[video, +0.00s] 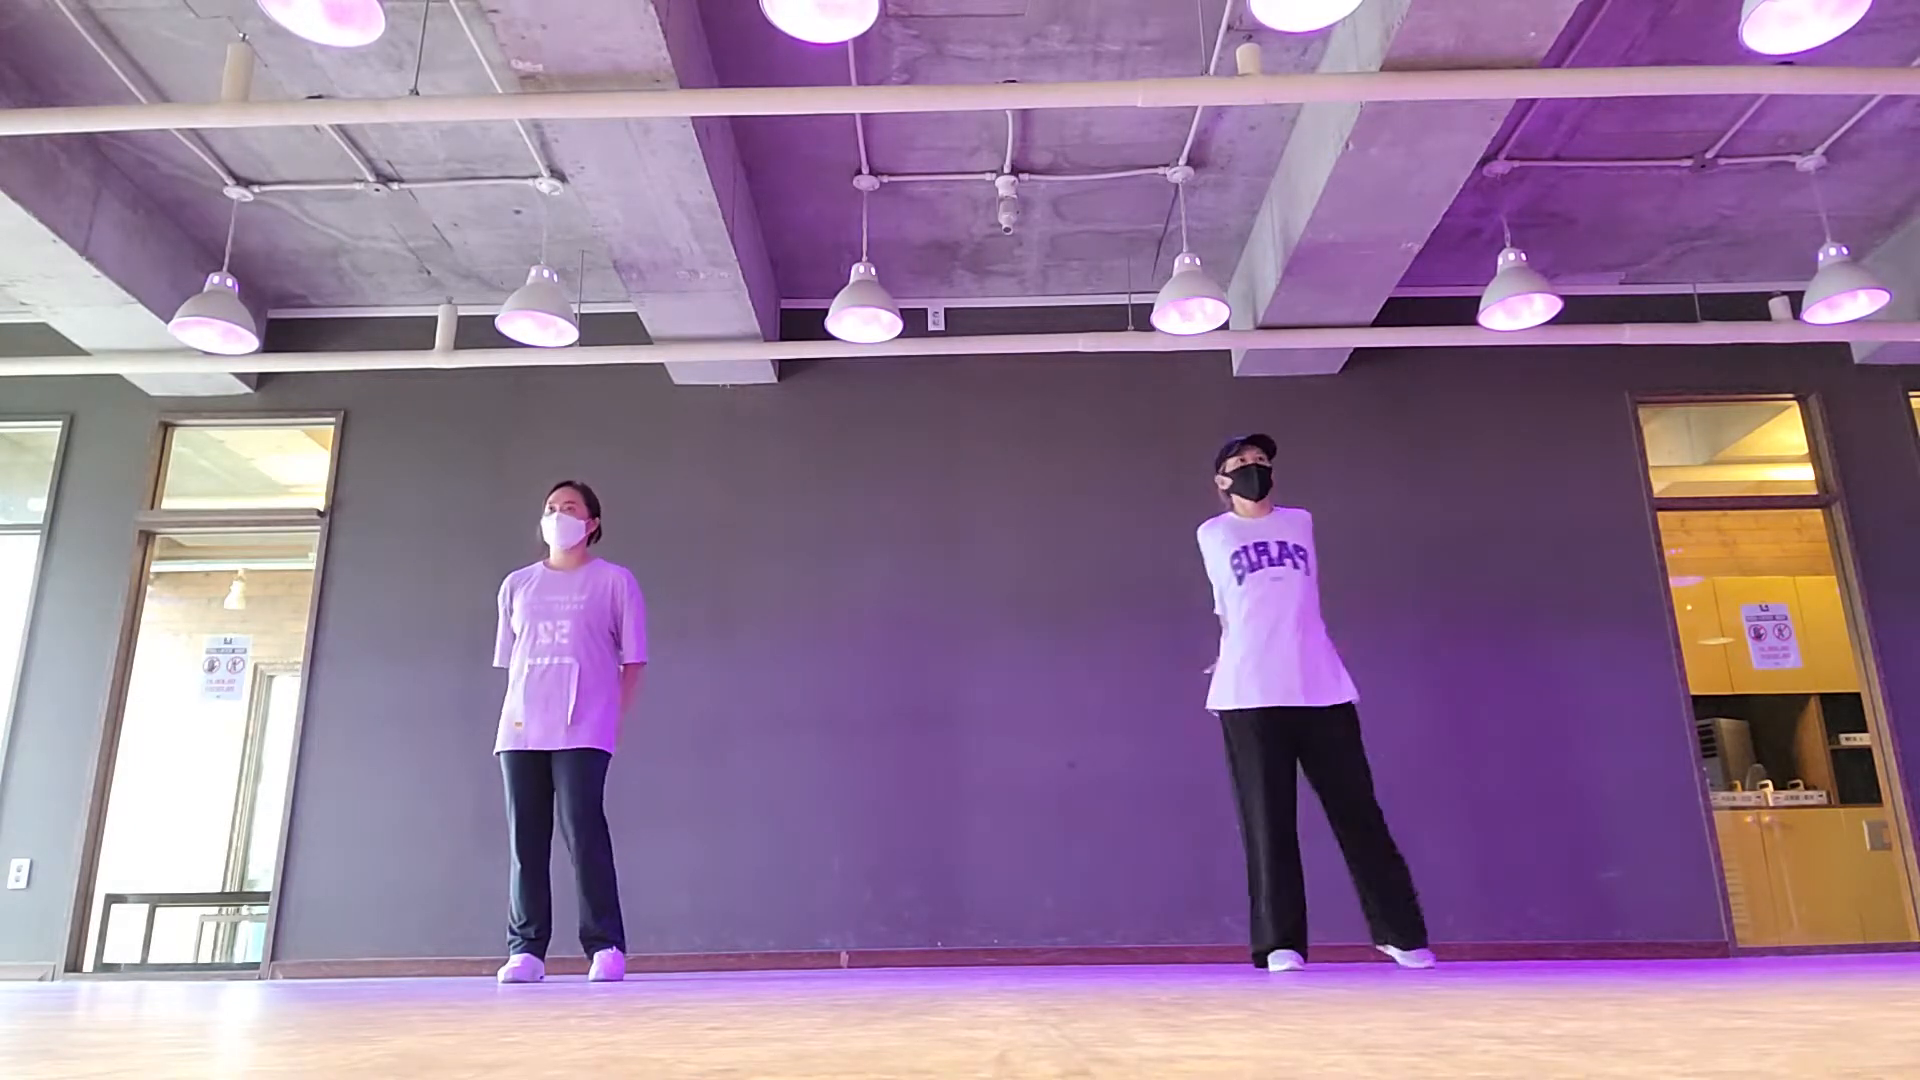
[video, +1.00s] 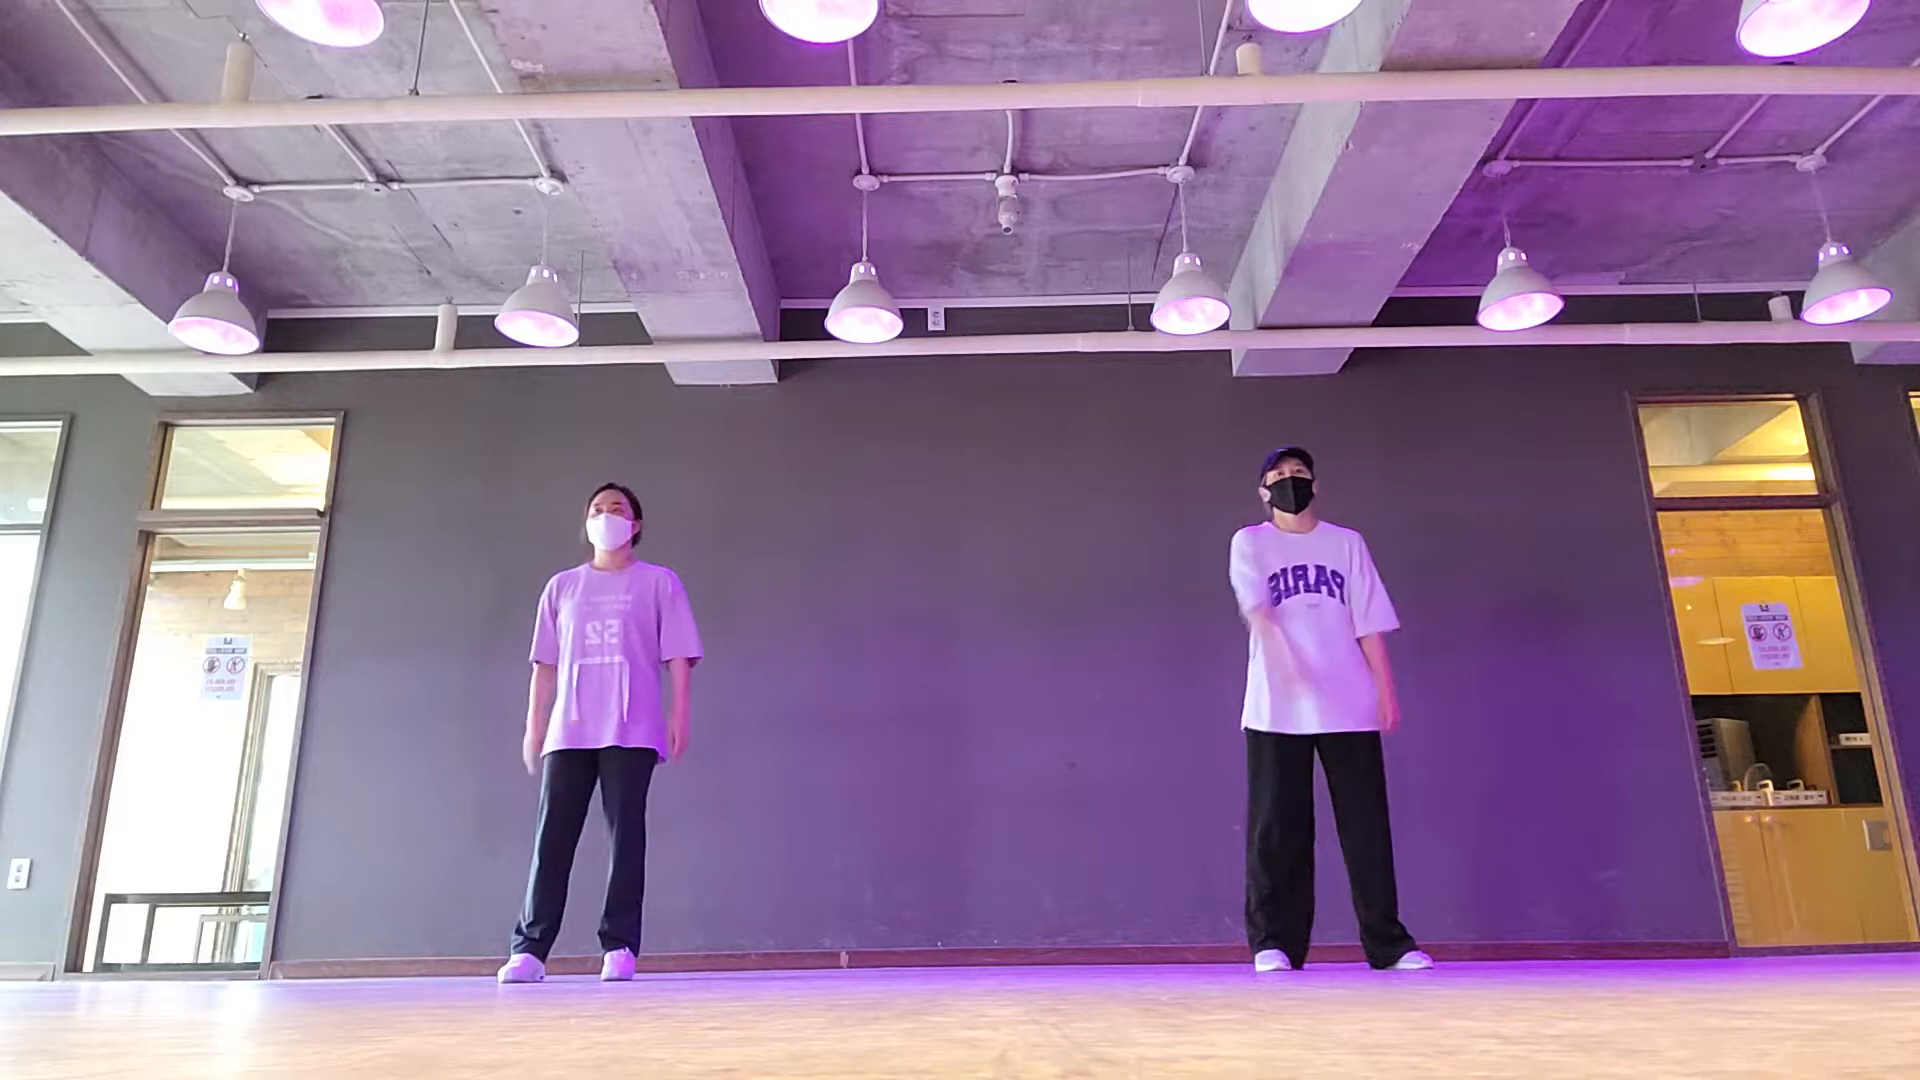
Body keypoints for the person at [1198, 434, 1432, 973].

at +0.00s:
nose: (1254, 474)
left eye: (1261, 465)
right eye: (1241, 468)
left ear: (1272, 473)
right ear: (1221, 482)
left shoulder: (1300, 522)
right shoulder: (1213, 535)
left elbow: (1305, 598)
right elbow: (1230, 609)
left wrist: (1294, 656)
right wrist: (1238, 662)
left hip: (1322, 690)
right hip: (1253, 697)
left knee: (1360, 815)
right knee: (1268, 827)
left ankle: (1399, 932)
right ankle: (1279, 947)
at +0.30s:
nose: (1289, 474)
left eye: (1297, 466)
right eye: (1276, 468)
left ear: (1310, 477)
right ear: (1260, 485)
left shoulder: (1340, 543)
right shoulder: (1247, 541)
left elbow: (1356, 630)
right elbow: (1212, 610)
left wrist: (1369, 693)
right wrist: (1180, 665)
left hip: (1343, 703)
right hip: (1274, 705)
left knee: (1367, 824)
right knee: (1274, 829)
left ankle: (1386, 943)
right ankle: (1278, 945)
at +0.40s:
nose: (1298, 480)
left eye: (1306, 472)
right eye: (1285, 474)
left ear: (1319, 482)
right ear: (1268, 488)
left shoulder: (1347, 546)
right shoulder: (1255, 539)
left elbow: (1387, 622)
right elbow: (1231, 606)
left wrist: (1432, 676)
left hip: (1350, 707)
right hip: (1281, 709)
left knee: (1367, 832)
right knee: (1282, 834)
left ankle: (1388, 948)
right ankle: (1282, 947)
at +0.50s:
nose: (1308, 482)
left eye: (1316, 474)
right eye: (1295, 476)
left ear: (1329, 484)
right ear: (1278, 489)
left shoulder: (1358, 548)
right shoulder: (1266, 534)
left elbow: (1405, 599)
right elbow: (1278, 557)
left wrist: (1455, 617)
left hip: (1355, 705)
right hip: (1284, 705)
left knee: (1371, 831)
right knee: (1287, 832)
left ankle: (1390, 946)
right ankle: (1283, 946)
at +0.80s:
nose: (1306, 486)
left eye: (1315, 477)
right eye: (1295, 479)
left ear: (1330, 487)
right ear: (1280, 491)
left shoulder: (1366, 544)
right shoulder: (1266, 536)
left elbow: (1390, 606)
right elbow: (1312, 574)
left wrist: (1408, 582)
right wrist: (1389, 572)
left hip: (1359, 704)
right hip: (1286, 702)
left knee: (1370, 829)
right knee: (1279, 829)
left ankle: (1386, 947)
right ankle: (1270, 944)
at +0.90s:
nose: (1299, 487)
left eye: (1308, 478)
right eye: (1288, 480)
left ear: (1322, 487)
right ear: (1272, 491)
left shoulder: (1355, 544)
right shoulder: (1259, 539)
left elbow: (1386, 599)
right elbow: (1289, 590)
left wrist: (1397, 640)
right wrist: (1368, 618)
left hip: (1357, 706)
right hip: (1284, 707)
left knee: (1371, 831)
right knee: (1279, 832)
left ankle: (1386, 947)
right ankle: (1272, 945)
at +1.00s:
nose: (1290, 484)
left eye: (1299, 476)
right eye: (1279, 478)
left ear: (1314, 486)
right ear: (1264, 491)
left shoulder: (1347, 543)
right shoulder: (1249, 543)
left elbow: (1369, 626)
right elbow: (1256, 609)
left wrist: (1386, 690)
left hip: (1348, 708)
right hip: (1277, 712)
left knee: (1367, 830)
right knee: (1276, 832)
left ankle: (1389, 946)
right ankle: (1274, 946)